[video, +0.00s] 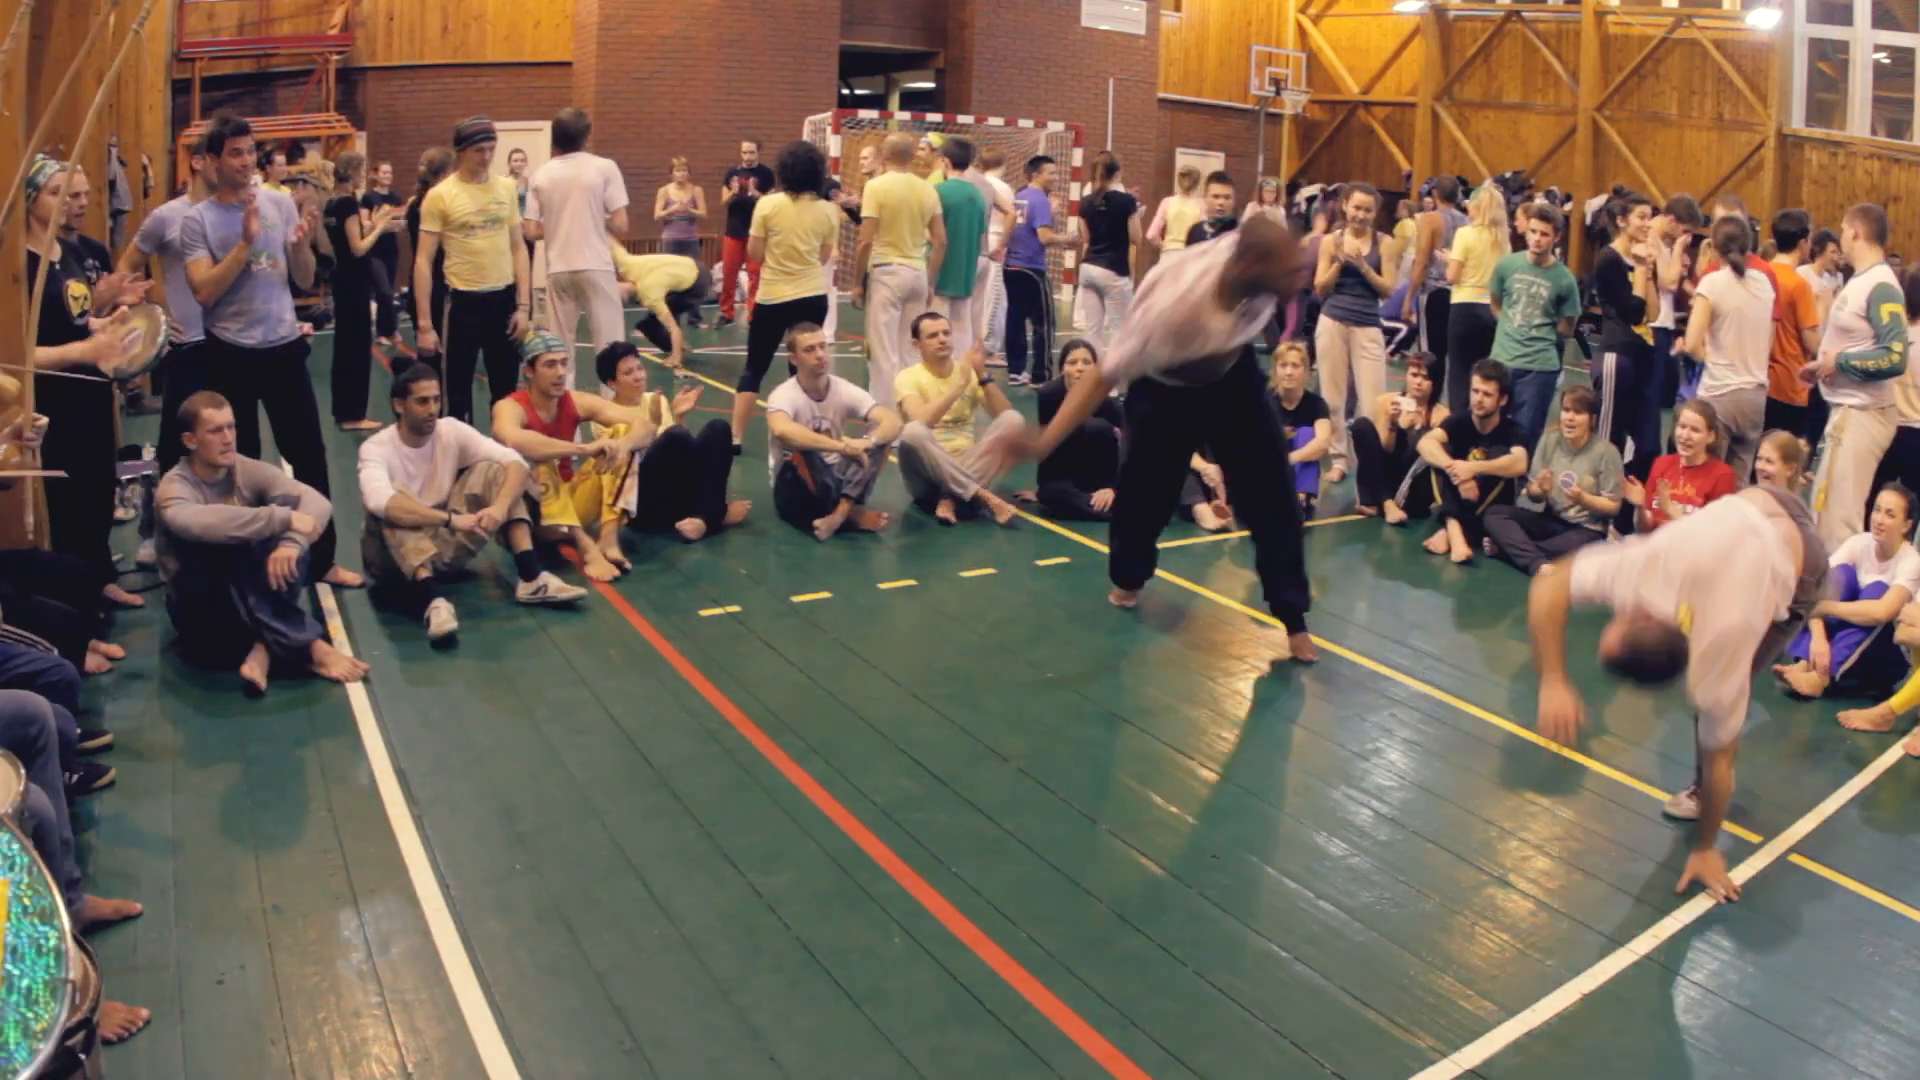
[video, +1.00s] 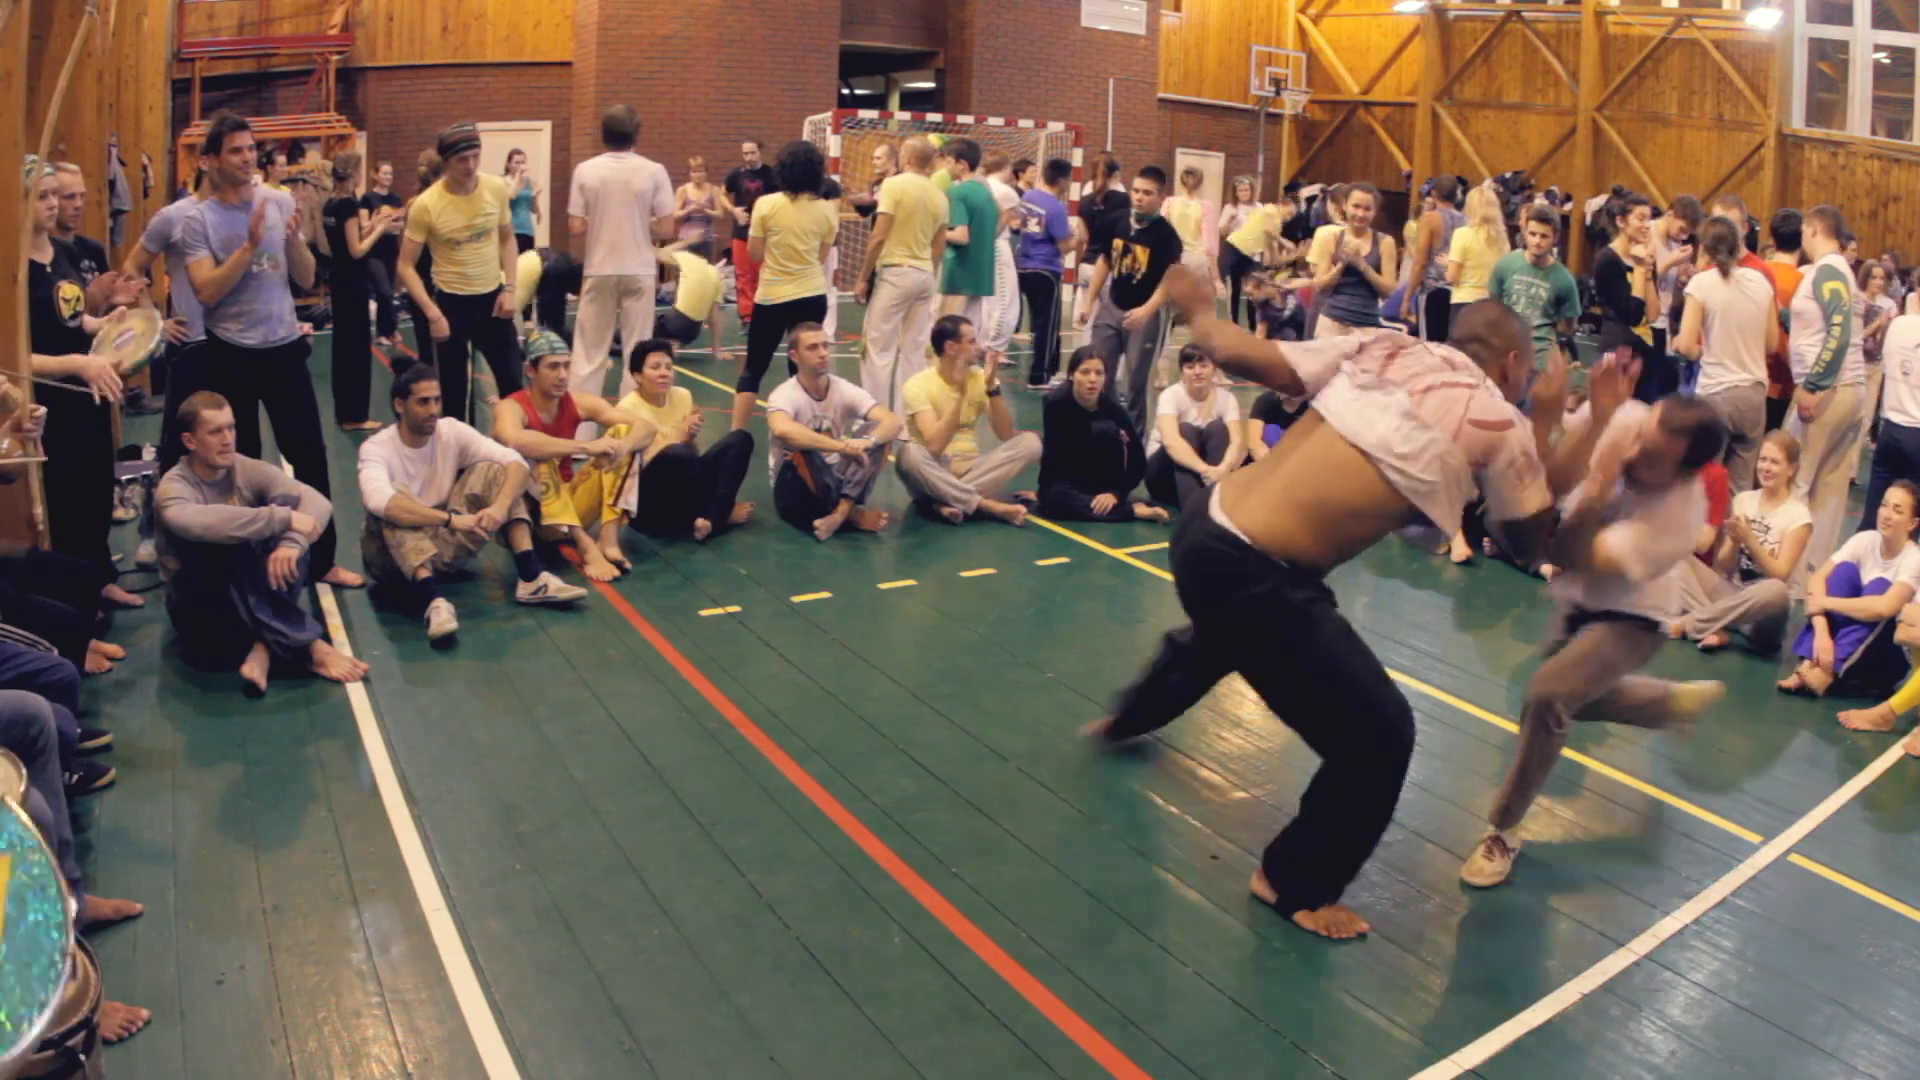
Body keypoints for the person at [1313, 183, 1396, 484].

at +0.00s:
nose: (1361, 215)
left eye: (1367, 210)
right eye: (1357, 208)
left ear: (1375, 214)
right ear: (1345, 207)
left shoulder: (1385, 243)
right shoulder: (1330, 240)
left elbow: (1387, 288)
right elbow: (1320, 288)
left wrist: (1361, 265)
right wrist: (1338, 263)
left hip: (1368, 322)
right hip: (1332, 319)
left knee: (1372, 397)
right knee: (1333, 395)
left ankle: (1370, 461)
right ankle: (1338, 457)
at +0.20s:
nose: (1361, 214)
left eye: (1368, 209)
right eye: (1356, 207)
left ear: (1376, 213)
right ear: (1344, 206)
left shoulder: (1379, 243)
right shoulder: (1329, 237)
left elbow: (1385, 289)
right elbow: (1319, 280)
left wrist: (1368, 253)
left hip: (1368, 324)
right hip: (1331, 324)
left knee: (1372, 398)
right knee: (1333, 399)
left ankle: (1371, 461)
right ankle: (1338, 457)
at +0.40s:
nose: (1361, 214)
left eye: (1368, 209)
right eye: (1357, 207)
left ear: (1375, 213)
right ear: (1345, 206)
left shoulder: (1383, 242)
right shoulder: (1330, 240)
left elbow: (1388, 289)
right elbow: (1320, 285)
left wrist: (1362, 266)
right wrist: (1337, 267)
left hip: (1366, 320)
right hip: (1332, 316)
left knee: (1368, 384)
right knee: (1331, 382)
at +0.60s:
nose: (1362, 214)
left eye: (1368, 209)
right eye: (1357, 207)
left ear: (1376, 212)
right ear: (1345, 207)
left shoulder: (1383, 242)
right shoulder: (1331, 240)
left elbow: (1388, 288)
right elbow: (1320, 283)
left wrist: (1360, 267)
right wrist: (1343, 270)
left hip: (1367, 323)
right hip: (1332, 320)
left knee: (1371, 401)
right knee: (1332, 400)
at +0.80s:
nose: (1361, 214)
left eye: (1368, 209)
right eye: (1356, 207)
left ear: (1375, 212)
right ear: (1345, 206)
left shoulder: (1384, 243)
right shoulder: (1331, 235)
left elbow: (1387, 290)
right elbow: (1321, 285)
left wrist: (1367, 270)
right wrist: (1336, 263)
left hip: (1367, 323)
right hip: (1331, 319)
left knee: (1372, 395)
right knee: (1333, 395)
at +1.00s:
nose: (1360, 214)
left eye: (1367, 209)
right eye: (1356, 206)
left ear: (1375, 212)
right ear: (1345, 206)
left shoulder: (1385, 242)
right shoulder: (1329, 237)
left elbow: (1388, 289)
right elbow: (1320, 284)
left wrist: (1362, 265)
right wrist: (1340, 265)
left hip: (1368, 322)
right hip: (1333, 317)